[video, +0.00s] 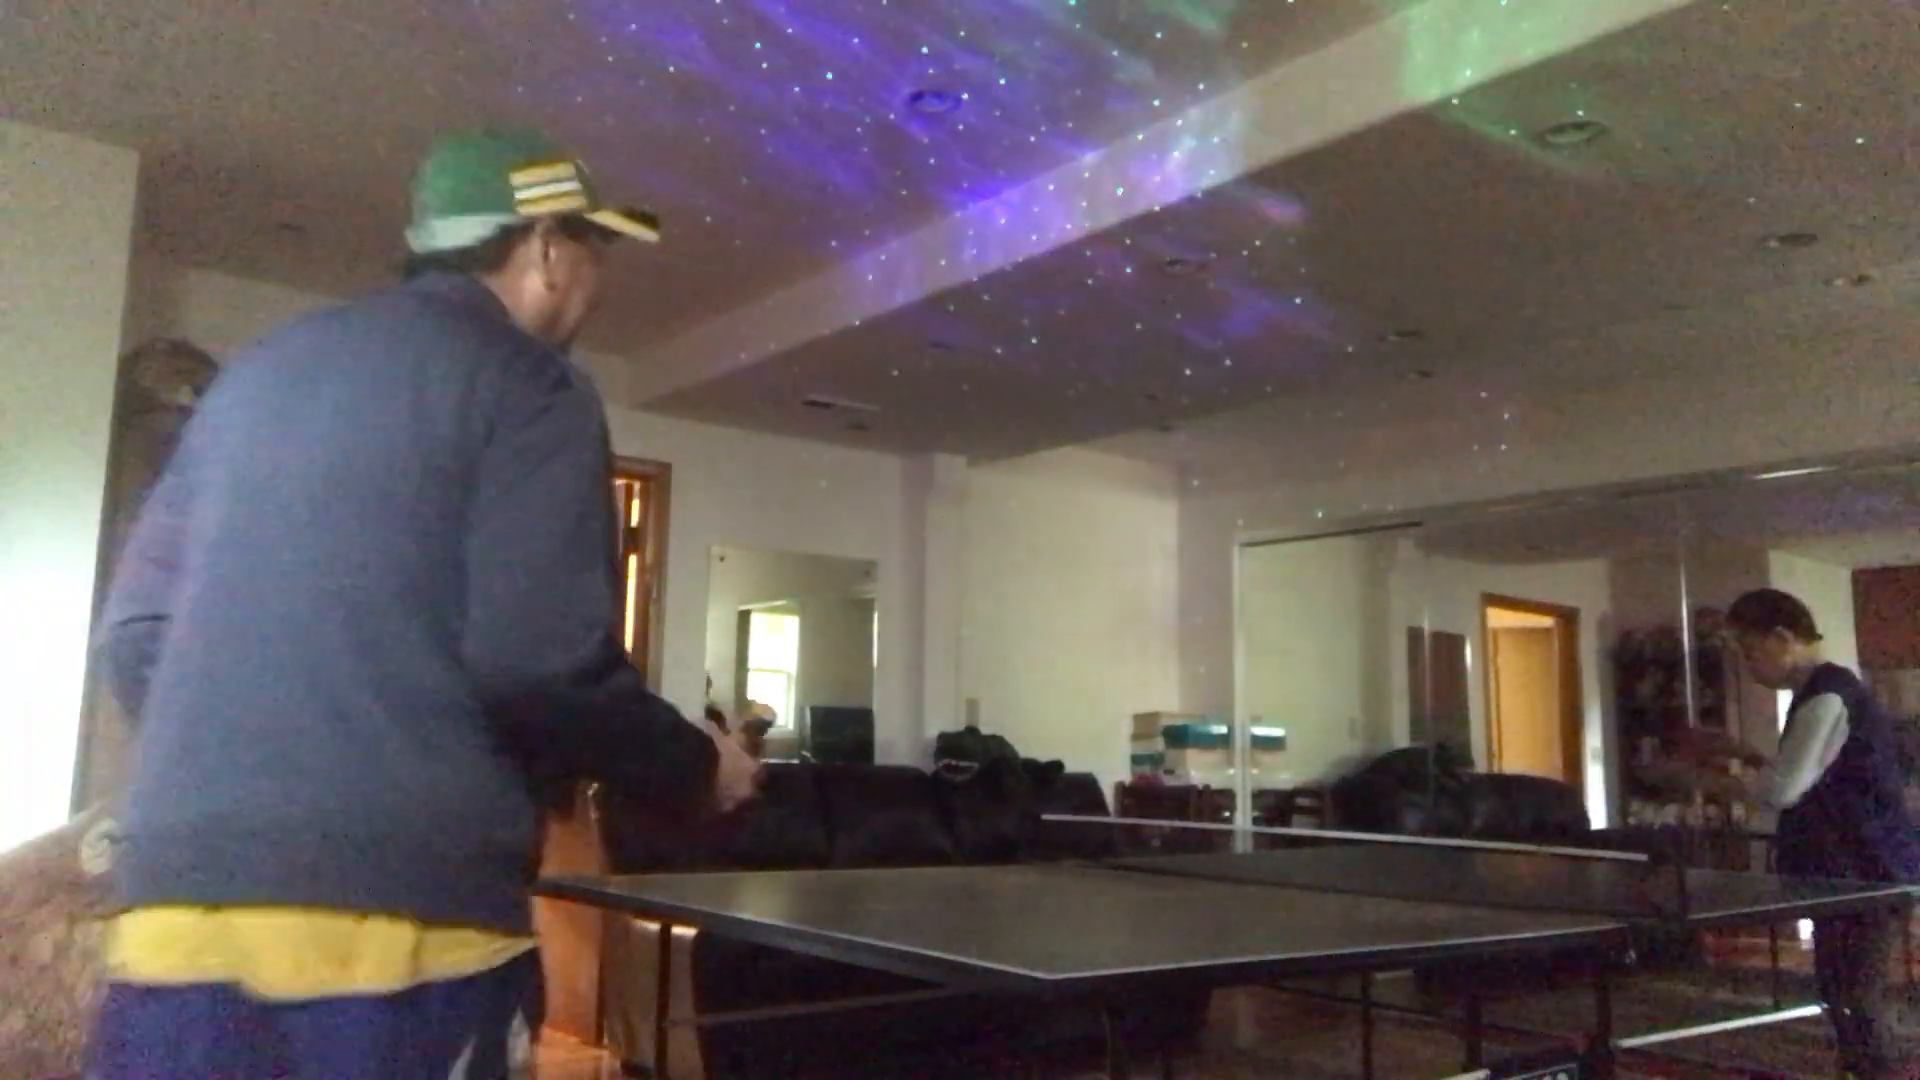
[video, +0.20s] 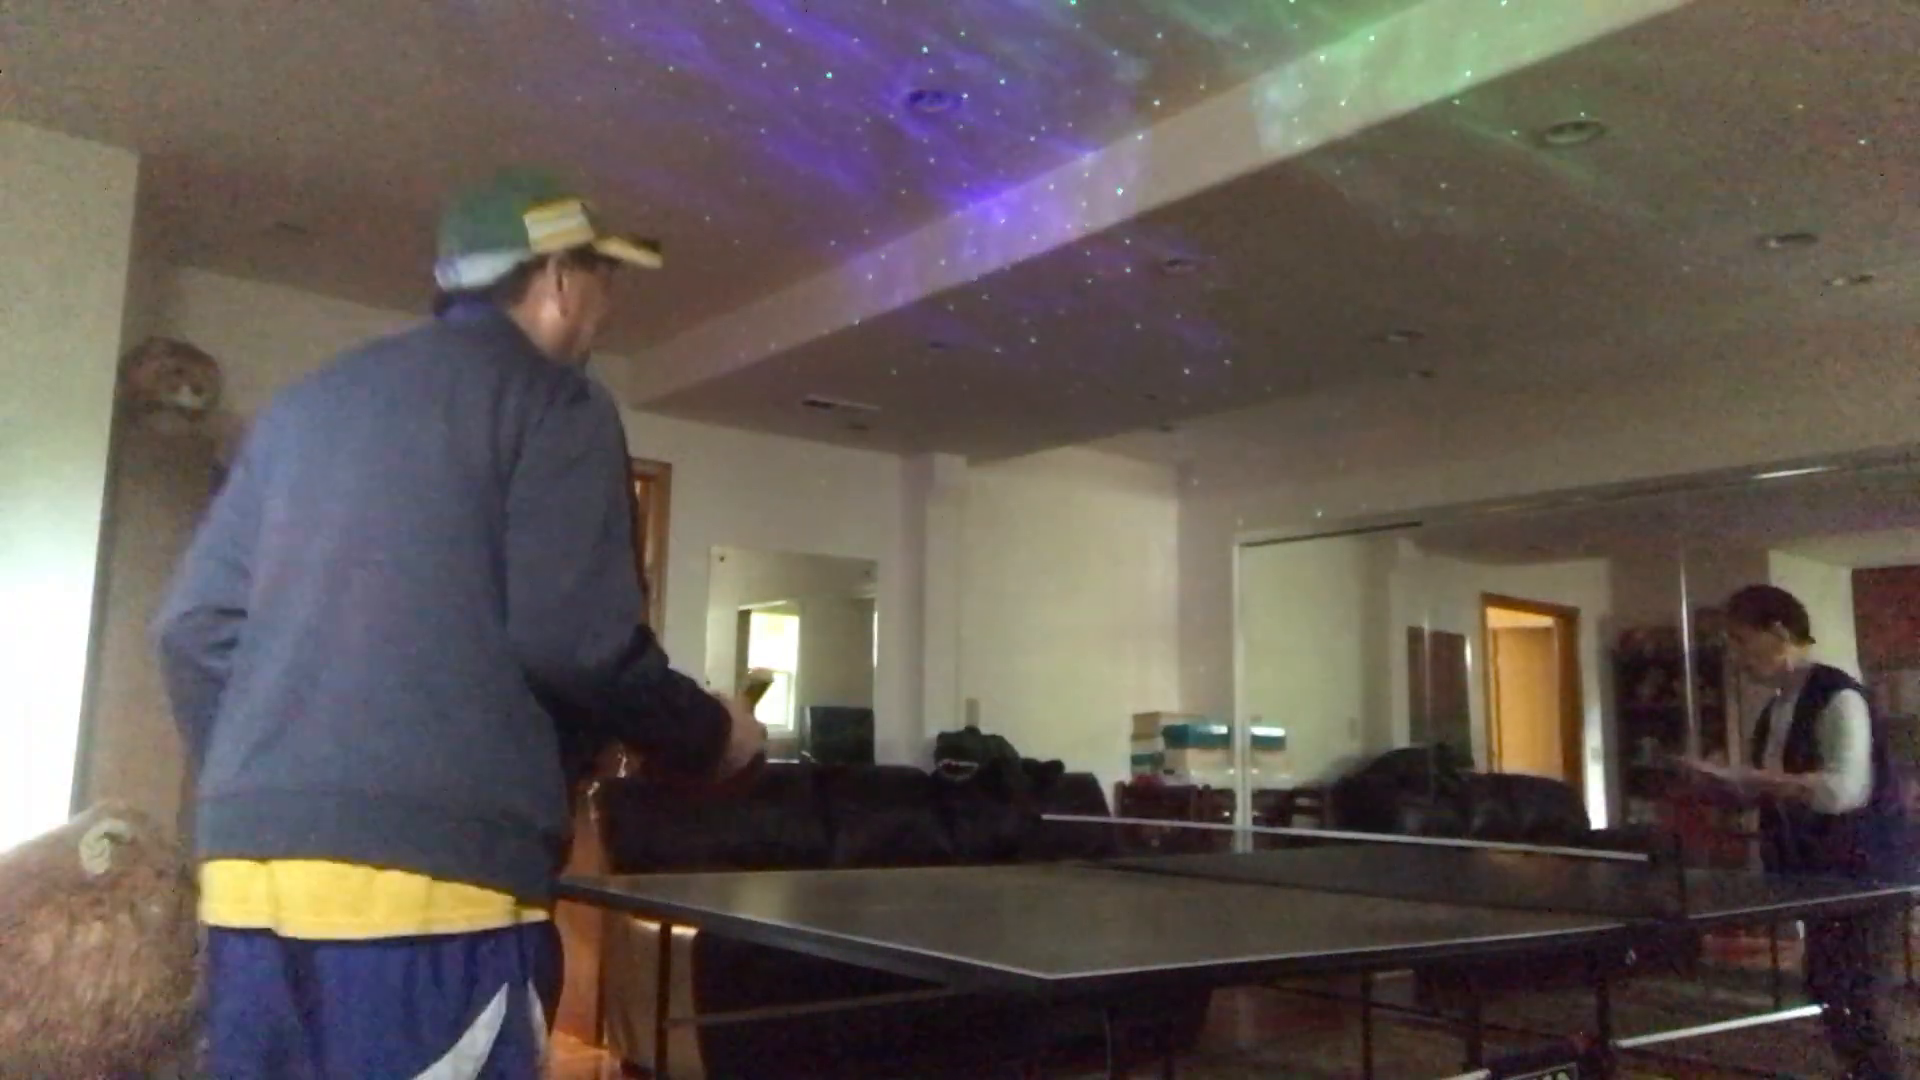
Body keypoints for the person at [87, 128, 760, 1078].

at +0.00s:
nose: (595, 291)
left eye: (598, 260)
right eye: (593, 257)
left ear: (433, 245)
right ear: (544, 254)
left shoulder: (255, 368)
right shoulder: (529, 382)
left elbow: (134, 629)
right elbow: (535, 663)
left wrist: (257, 773)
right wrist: (699, 761)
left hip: (174, 924)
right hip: (397, 934)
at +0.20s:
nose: (603, 309)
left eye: (606, 283)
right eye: (600, 281)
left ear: (457, 282)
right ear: (555, 282)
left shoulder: (303, 401)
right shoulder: (554, 399)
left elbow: (191, 626)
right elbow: (569, 638)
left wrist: (259, 790)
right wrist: (712, 729)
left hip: (249, 858)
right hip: (432, 873)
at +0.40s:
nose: (632, 367)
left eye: (635, 342)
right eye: (629, 338)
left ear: (505, 335)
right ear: (582, 336)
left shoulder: (366, 442)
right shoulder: (563, 444)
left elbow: (260, 651)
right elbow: (597, 676)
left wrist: (325, 784)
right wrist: (752, 727)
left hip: (264, 877)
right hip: (440, 892)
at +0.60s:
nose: (700, 446)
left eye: (704, 425)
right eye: (697, 422)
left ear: (584, 404)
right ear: (659, 418)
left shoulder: (448, 470)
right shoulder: (657, 515)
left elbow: (306, 637)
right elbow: (663, 706)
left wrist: (349, 775)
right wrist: (740, 803)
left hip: (291, 855)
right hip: (473, 872)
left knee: (283, 1068)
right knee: (561, 1066)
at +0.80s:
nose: (761, 509)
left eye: (766, 491)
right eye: (763, 489)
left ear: (661, 456)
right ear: (736, 482)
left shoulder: (529, 478)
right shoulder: (741, 574)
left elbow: (368, 556)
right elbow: (725, 758)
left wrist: (285, 714)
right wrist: (789, 780)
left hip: (389, 845)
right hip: (566, 878)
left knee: (300, 1068)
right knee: (605, 1065)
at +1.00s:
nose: (809, 472)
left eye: (812, 455)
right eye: (810, 452)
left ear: (707, 422)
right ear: (783, 448)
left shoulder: (595, 436)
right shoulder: (785, 540)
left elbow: (461, 459)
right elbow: (724, 650)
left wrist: (327, 586)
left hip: (440, 787)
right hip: (604, 830)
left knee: (412, 1062)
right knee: (632, 1064)